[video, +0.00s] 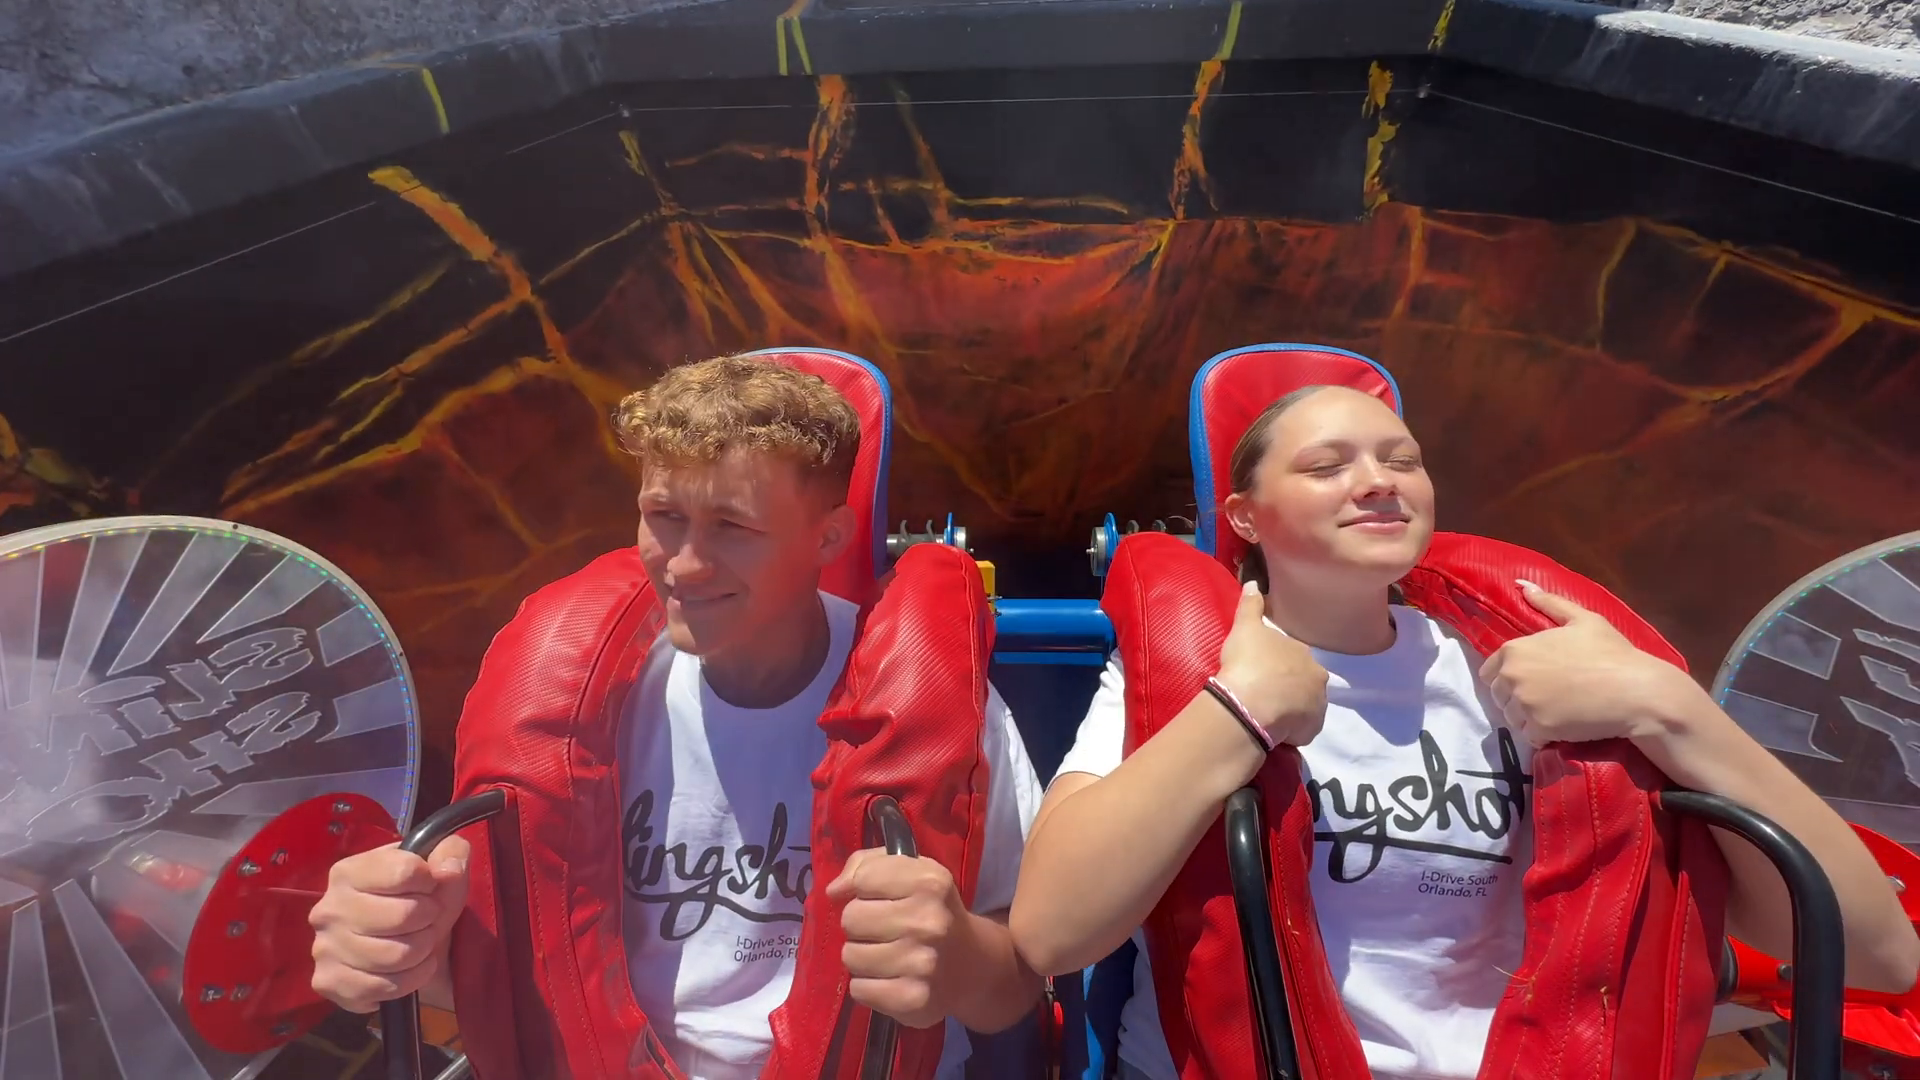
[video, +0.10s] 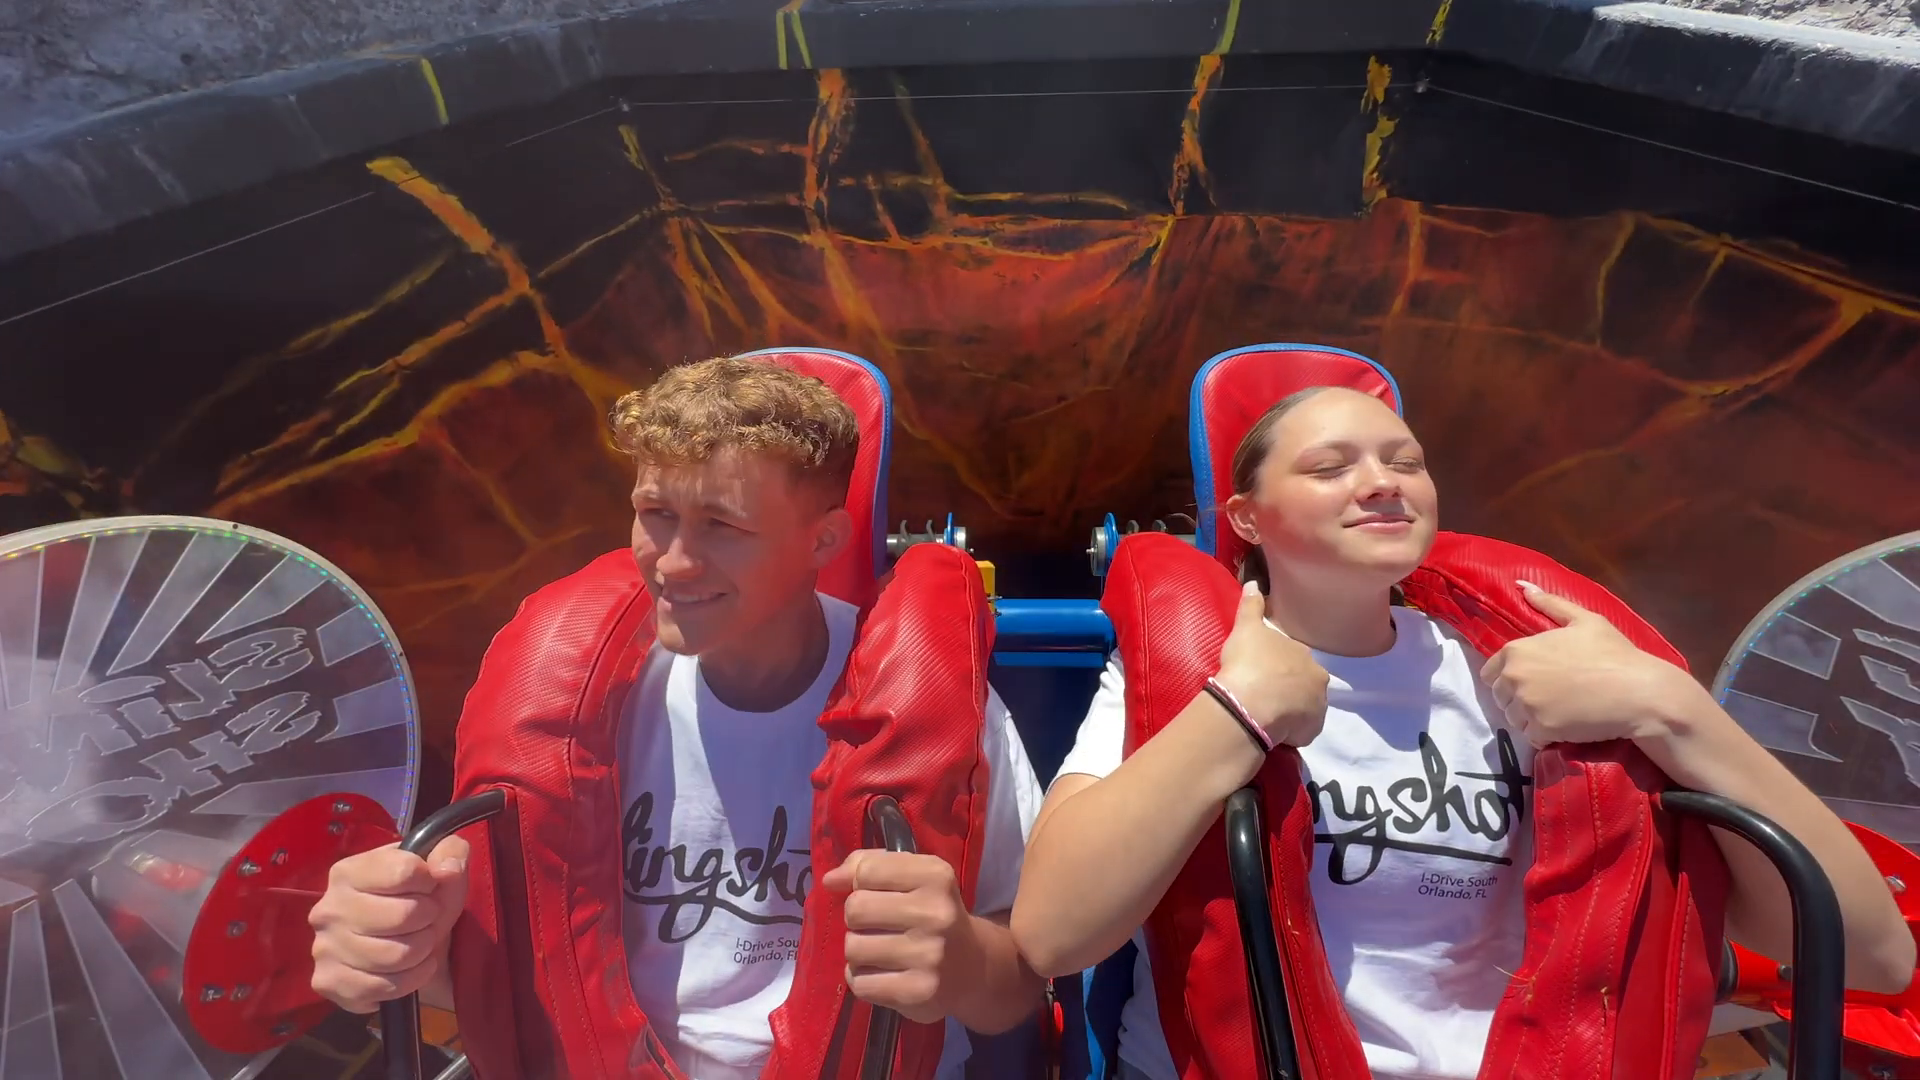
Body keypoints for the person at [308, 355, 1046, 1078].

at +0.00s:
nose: (682, 563)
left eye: (732, 525)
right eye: (662, 516)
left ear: (828, 536)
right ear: (638, 511)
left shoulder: (937, 707)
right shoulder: (574, 692)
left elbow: (1017, 989)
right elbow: (512, 991)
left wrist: (965, 957)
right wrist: (418, 948)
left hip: (834, 1066)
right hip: (614, 1061)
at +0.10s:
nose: (672, 562)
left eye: (722, 525)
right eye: (654, 513)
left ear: (823, 540)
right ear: (631, 506)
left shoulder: (934, 704)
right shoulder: (575, 689)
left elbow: (1020, 989)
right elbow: (509, 970)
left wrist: (962, 959)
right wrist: (412, 946)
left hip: (836, 1067)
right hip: (613, 1062)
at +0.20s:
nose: (670, 560)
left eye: (720, 523)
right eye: (653, 511)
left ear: (822, 539)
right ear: (631, 505)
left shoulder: (936, 706)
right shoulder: (576, 690)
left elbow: (1021, 999)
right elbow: (507, 981)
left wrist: (962, 949)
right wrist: (415, 947)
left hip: (835, 1070)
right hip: (615, 1064)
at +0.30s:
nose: (673, 556)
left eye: (724, 520)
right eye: (657, 509)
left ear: (825, 537)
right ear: (634, 503)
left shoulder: (938, 706)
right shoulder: (575, 689)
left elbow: (1024, 997)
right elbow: (509, 988)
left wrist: (962, 937)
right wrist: (421, 952)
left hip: (842, 1067)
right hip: (616, 1061)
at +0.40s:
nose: (677, 548)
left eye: (728, 515)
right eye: (662, 504)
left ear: (828, 534)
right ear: (639, 498)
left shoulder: (939, 705)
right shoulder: (577, 687)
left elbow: (1030, 988)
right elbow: (508, 982)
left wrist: (970, 942)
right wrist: (416, 949)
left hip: (843, 1071)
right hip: (615, 1064)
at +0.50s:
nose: (684, 537)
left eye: (734, 506)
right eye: (670, 495)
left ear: (835, 528)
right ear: (648, 491)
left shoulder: (940, 701)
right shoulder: (579, 683)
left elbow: (1028, 983)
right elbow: (507, 983)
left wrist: (972, 942)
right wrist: (410, 945)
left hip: (841, 1069)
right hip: (615, 1062)